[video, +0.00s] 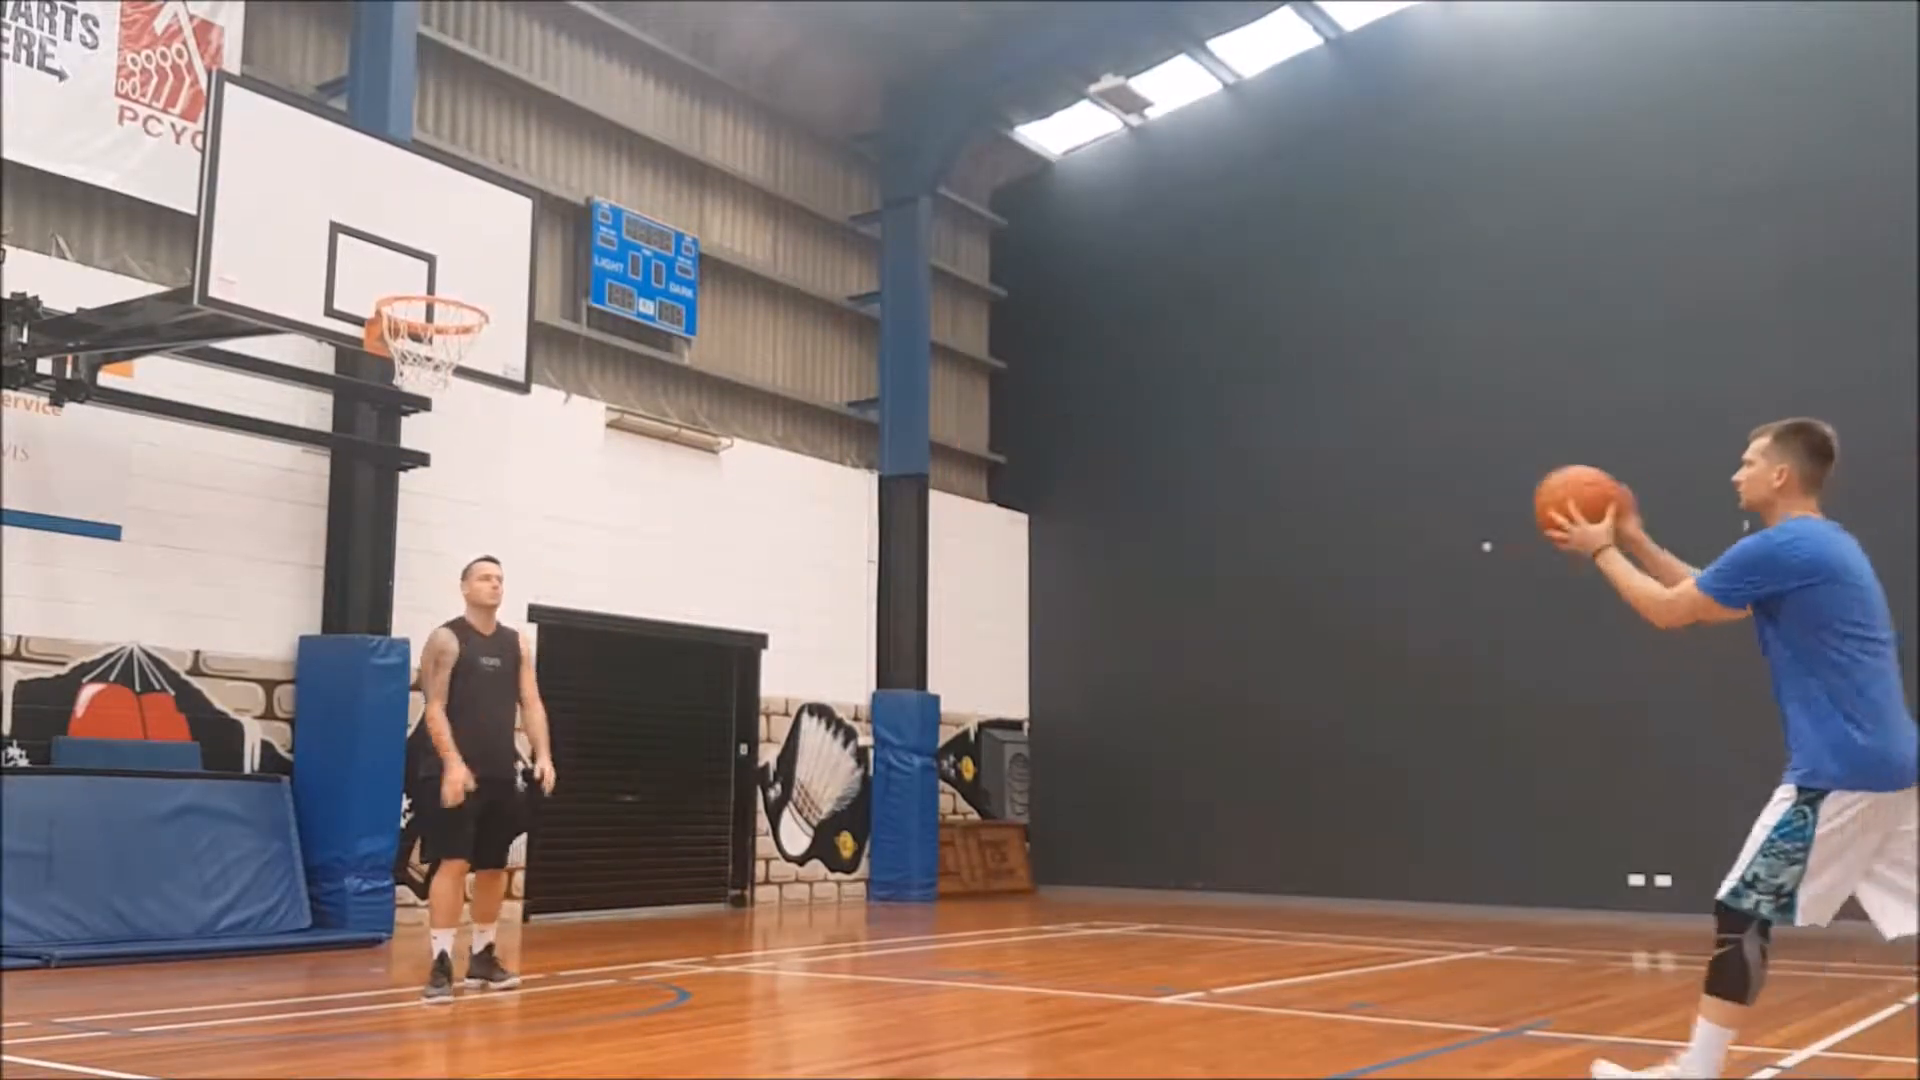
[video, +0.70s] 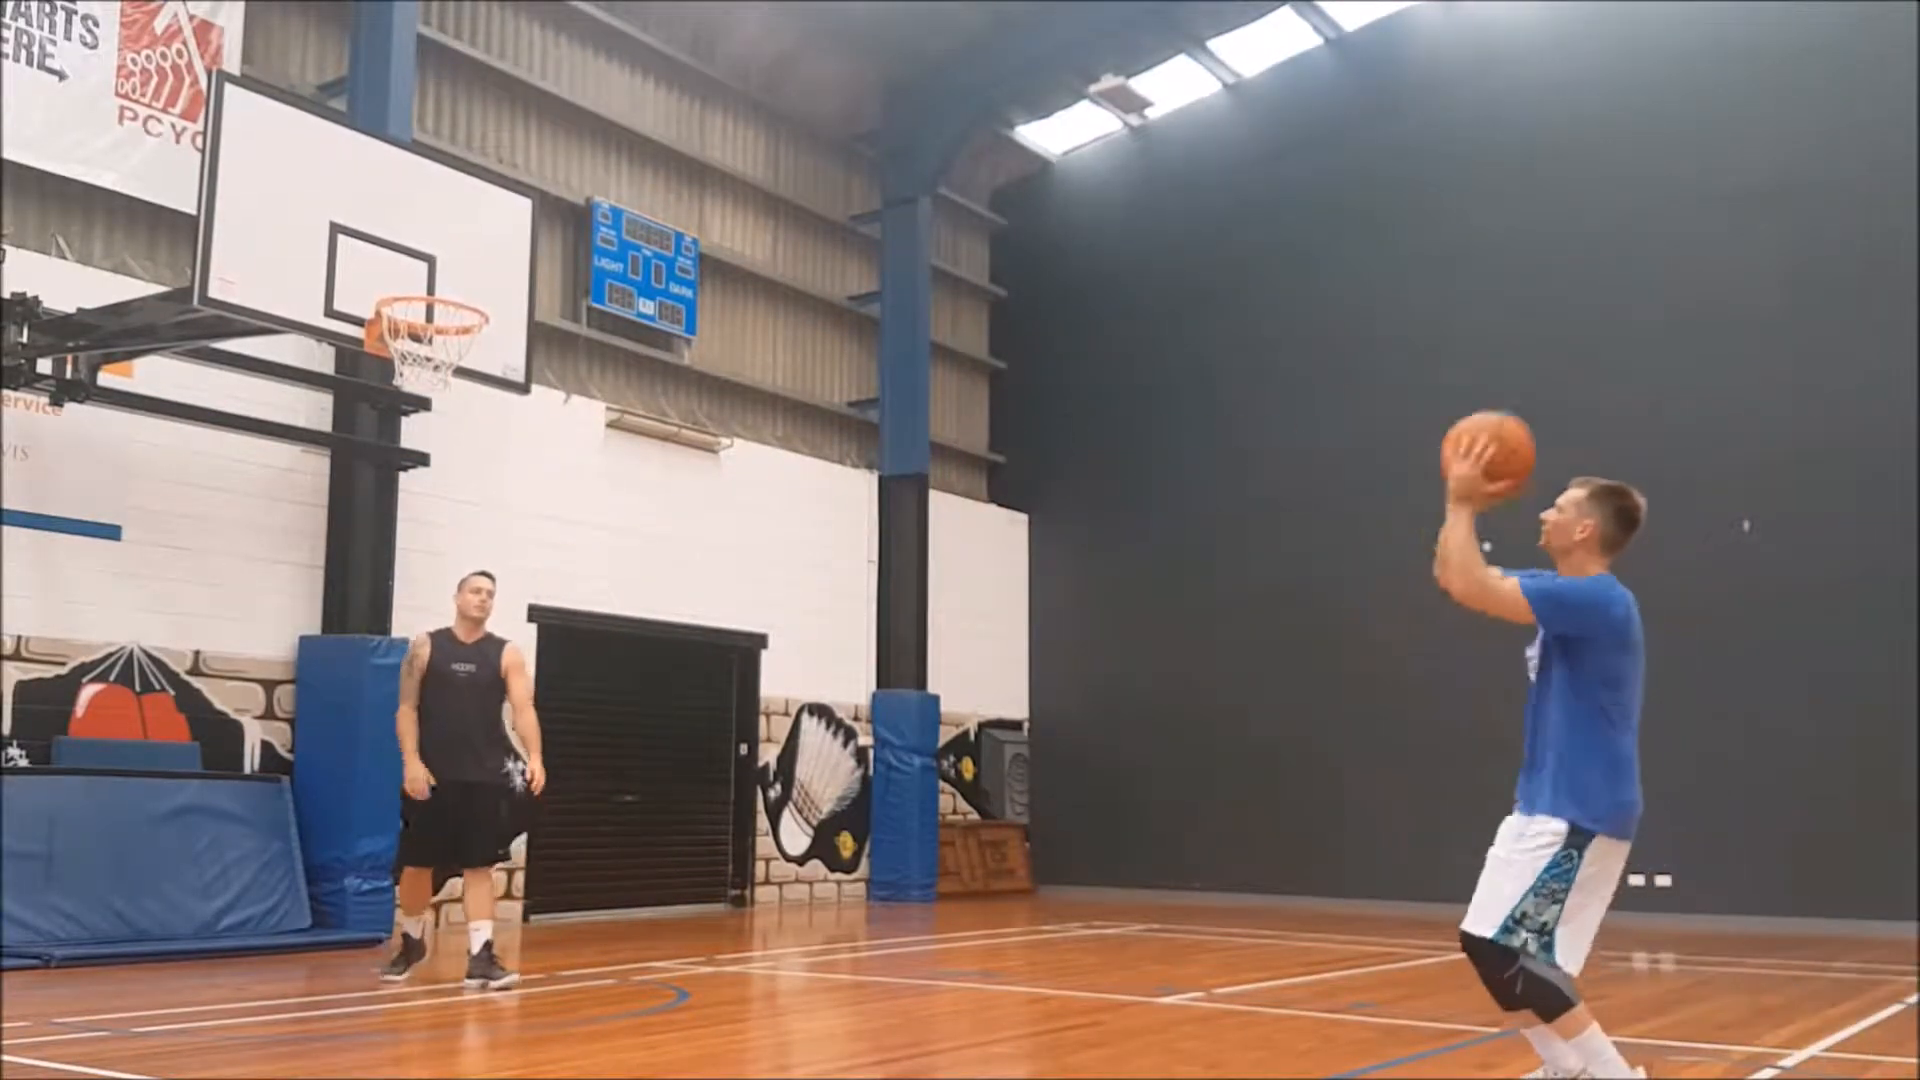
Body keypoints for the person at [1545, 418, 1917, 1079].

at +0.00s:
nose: (1736, 475)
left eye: (1747, 463)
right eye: (1741, 463)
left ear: (1782, 475)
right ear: (1797, 479)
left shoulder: (1779, 549)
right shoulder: (1830, 543)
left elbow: (1667, 611)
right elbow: (1711, 597)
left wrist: (1602, 553)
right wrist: (1635, 543)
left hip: (1838, 770)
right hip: (1893, 765)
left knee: (1743, 911)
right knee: (1914, 917)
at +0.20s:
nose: (1621, 509)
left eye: (1634, 501)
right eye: (1628, 498)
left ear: (1666, 518)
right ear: (1685, 523)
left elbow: (1644, 714)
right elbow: (1705, 683)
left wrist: (1581, 678)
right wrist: (1621, 649)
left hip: (1742, 792)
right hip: (1800, 790)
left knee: (1636, 918)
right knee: (1804, 951)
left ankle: (1631, 1069)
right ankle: (1915, 1014)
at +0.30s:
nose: (1575, 524)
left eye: (1587, 516)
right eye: (1582, 513)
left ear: (1617, 535)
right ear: (1631, 538)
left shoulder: (1624, 612)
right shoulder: (1672, 595)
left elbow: (1639, 733)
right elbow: (1676, 722)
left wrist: (1579, 757)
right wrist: (1604, 728)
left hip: (1708, 799)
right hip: (1751, 797)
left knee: (1599, 922)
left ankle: (1625, 1071)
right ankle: (1845, 1020)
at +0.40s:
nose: (1548, 533)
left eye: (1562, 526)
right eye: (1556, 524)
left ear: (1591, 547)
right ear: (1597, 548)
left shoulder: (1605, 620)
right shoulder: (1633, 611)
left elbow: (1618, 739)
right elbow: (1629, 740)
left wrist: (1552, 786)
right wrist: (1562, 774)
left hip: (1680, 806)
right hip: (1708, 802)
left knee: (1568, 925)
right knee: (1604, 931)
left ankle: (1622, 1070)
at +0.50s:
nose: (1542, 539)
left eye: (1554, 532)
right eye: (1550, 530)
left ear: (1583, 553)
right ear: (1582, 554)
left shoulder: (1608, 627)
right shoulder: (1594, 628)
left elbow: (1566, 741)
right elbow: (1553, 727)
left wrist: (1468, 755)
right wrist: (1466, 737)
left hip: (1650, 820)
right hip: (1621, 813)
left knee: (1542, 942)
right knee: (1521, 930)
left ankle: (1618, 1072)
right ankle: (1568, 1067)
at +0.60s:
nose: (1542, 539)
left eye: (1555, 531)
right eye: (1550, 529)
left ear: (1583, 552)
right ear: (1581, 553)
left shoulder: (1610, 628)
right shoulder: (1564, 624)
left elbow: (1500, 693)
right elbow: (1486, 666)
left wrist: (1429, 629)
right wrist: (1427, 619)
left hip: (1619, 830)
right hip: (1579, 819)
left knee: (1516, 955)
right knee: (1493, 941)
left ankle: (1614, 1071)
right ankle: (1565, 1065)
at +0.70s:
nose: (1544, 513)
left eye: (1558, 507)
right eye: (1553, 505)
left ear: (1586, 531)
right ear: (1584, 533)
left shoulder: (1598, 601)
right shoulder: (1565, 594)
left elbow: (1469, 584)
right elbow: (1458, 579)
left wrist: (1462, 503)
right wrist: (1462, 504)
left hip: (1583, 810)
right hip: (1544, 802)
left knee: (1510, 948)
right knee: (1483, 938)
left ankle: (1613, 1071)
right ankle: (1563, 1066)